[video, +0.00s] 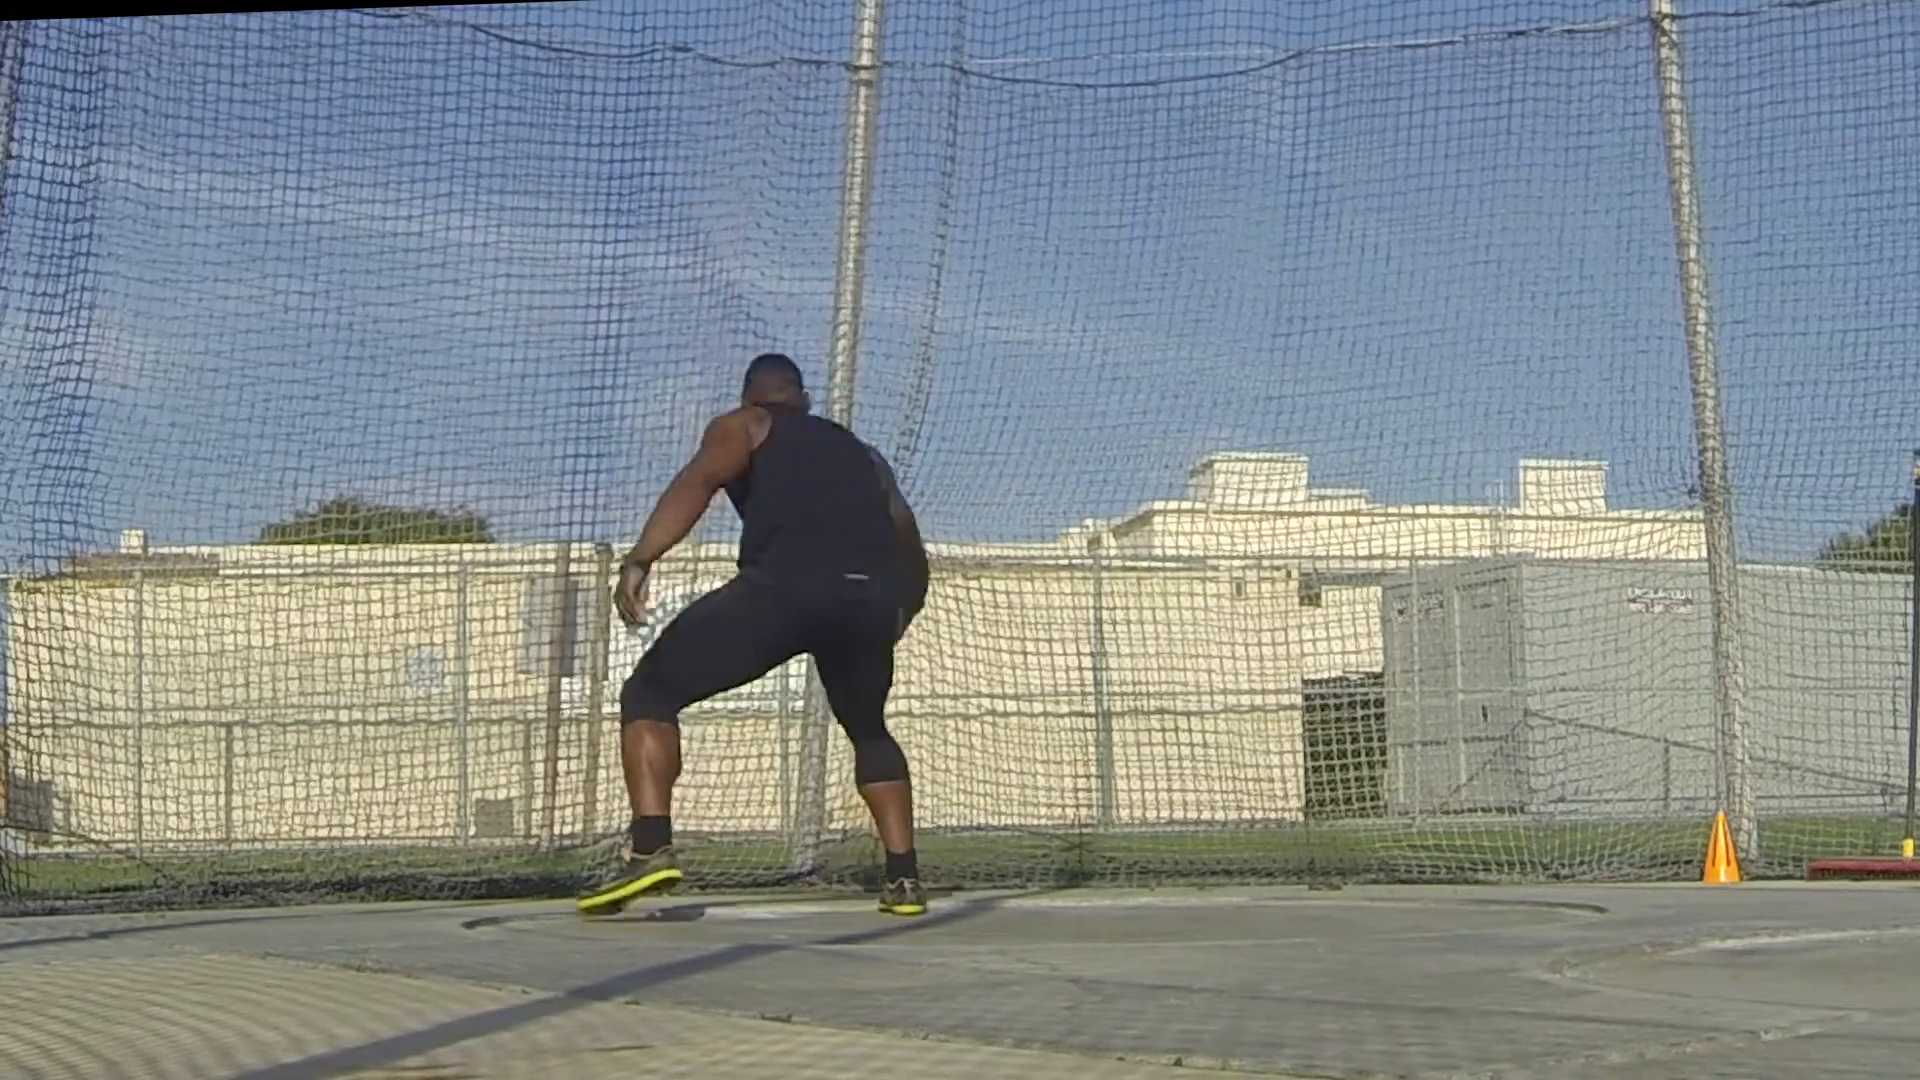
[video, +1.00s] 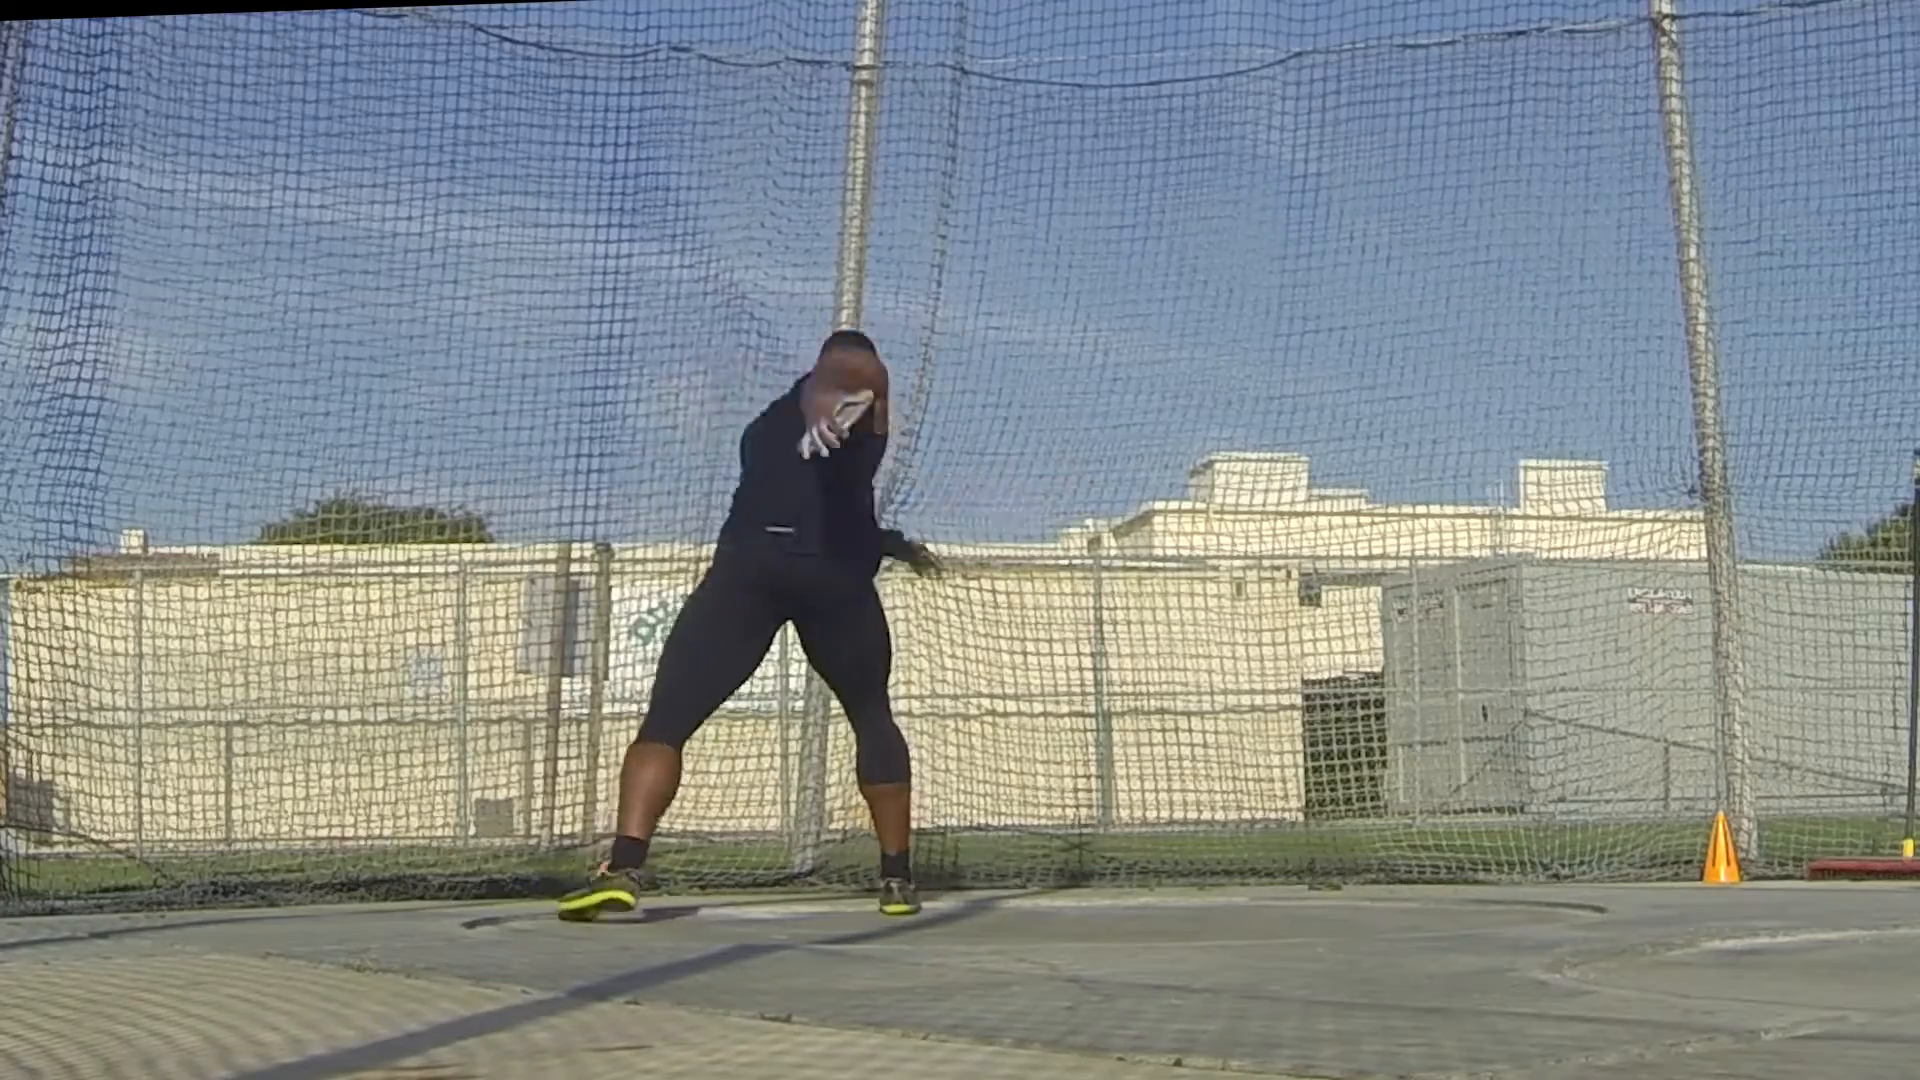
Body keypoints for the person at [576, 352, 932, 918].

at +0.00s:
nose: (747, 416)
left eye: (746, 408)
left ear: (750, 402)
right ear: (805, 401)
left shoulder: (743, 424)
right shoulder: (863, 453)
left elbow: (701, 480)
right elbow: (913, 554)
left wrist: (639, 559)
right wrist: (899, 611)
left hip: (783, 587)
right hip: (873, 599)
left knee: (649, 693)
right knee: (869, 728)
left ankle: (650, 852)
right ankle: (904, 877)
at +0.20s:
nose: (846, 382)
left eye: (832, 375)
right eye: (854, 377)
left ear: (806, 382)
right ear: (863, 381)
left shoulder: (760, 414)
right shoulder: (895, 405)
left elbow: (653, 460)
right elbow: (1009, 399)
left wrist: (555, 500)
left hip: (771, 578)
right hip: (860, 582)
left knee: (674, 715)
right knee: (874, 723)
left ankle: (645, 850)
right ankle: (904, 877)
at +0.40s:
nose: (915, 356)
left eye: (914, 349)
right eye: (909, 353)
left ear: (843, 359)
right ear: (896, 354)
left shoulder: (802, 409)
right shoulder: (889, 383)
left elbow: (749, 458)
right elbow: (887, 332)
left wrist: (720, 496)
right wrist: (888, 296)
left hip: (773, 553)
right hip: (855, 558)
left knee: (704, 706)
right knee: (884, 710)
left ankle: (640, 837)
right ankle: (906, 876)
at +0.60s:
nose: (938, 375)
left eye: (941, 365)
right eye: (938, 361)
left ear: (899, 345)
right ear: (918, 345)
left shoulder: (867, 419)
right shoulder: (870, 342)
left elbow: (925, 478)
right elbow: (795, 345)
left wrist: (996, 489)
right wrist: (731, 343)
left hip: (766, 535)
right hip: (847, 551)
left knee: (708, 698)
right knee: (883, 711)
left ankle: (615, 827)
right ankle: (908, 876)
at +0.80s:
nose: (934, 387)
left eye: (939, 378)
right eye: (935, 371)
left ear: (897, 355)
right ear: (911, 353)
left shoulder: (877, 444)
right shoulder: (857, 347)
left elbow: (945, 489)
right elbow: (777, 371)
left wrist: (1034, 488)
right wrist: (708, 382)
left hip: (753, 544)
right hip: (834, 556)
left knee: (692, 708)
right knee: (877, 714)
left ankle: (602, 837)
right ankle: (903, 877)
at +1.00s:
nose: (874, 398)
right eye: (879, 386)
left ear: (816, 360)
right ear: (876, 373)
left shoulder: (770, 419)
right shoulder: (870, 389)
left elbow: (835, 519)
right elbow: (835, 386)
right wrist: (826, 407)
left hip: (745, 572)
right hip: (836, 581)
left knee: (667, 718)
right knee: (873, 716)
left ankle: (623, 869)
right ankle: (898, 878)